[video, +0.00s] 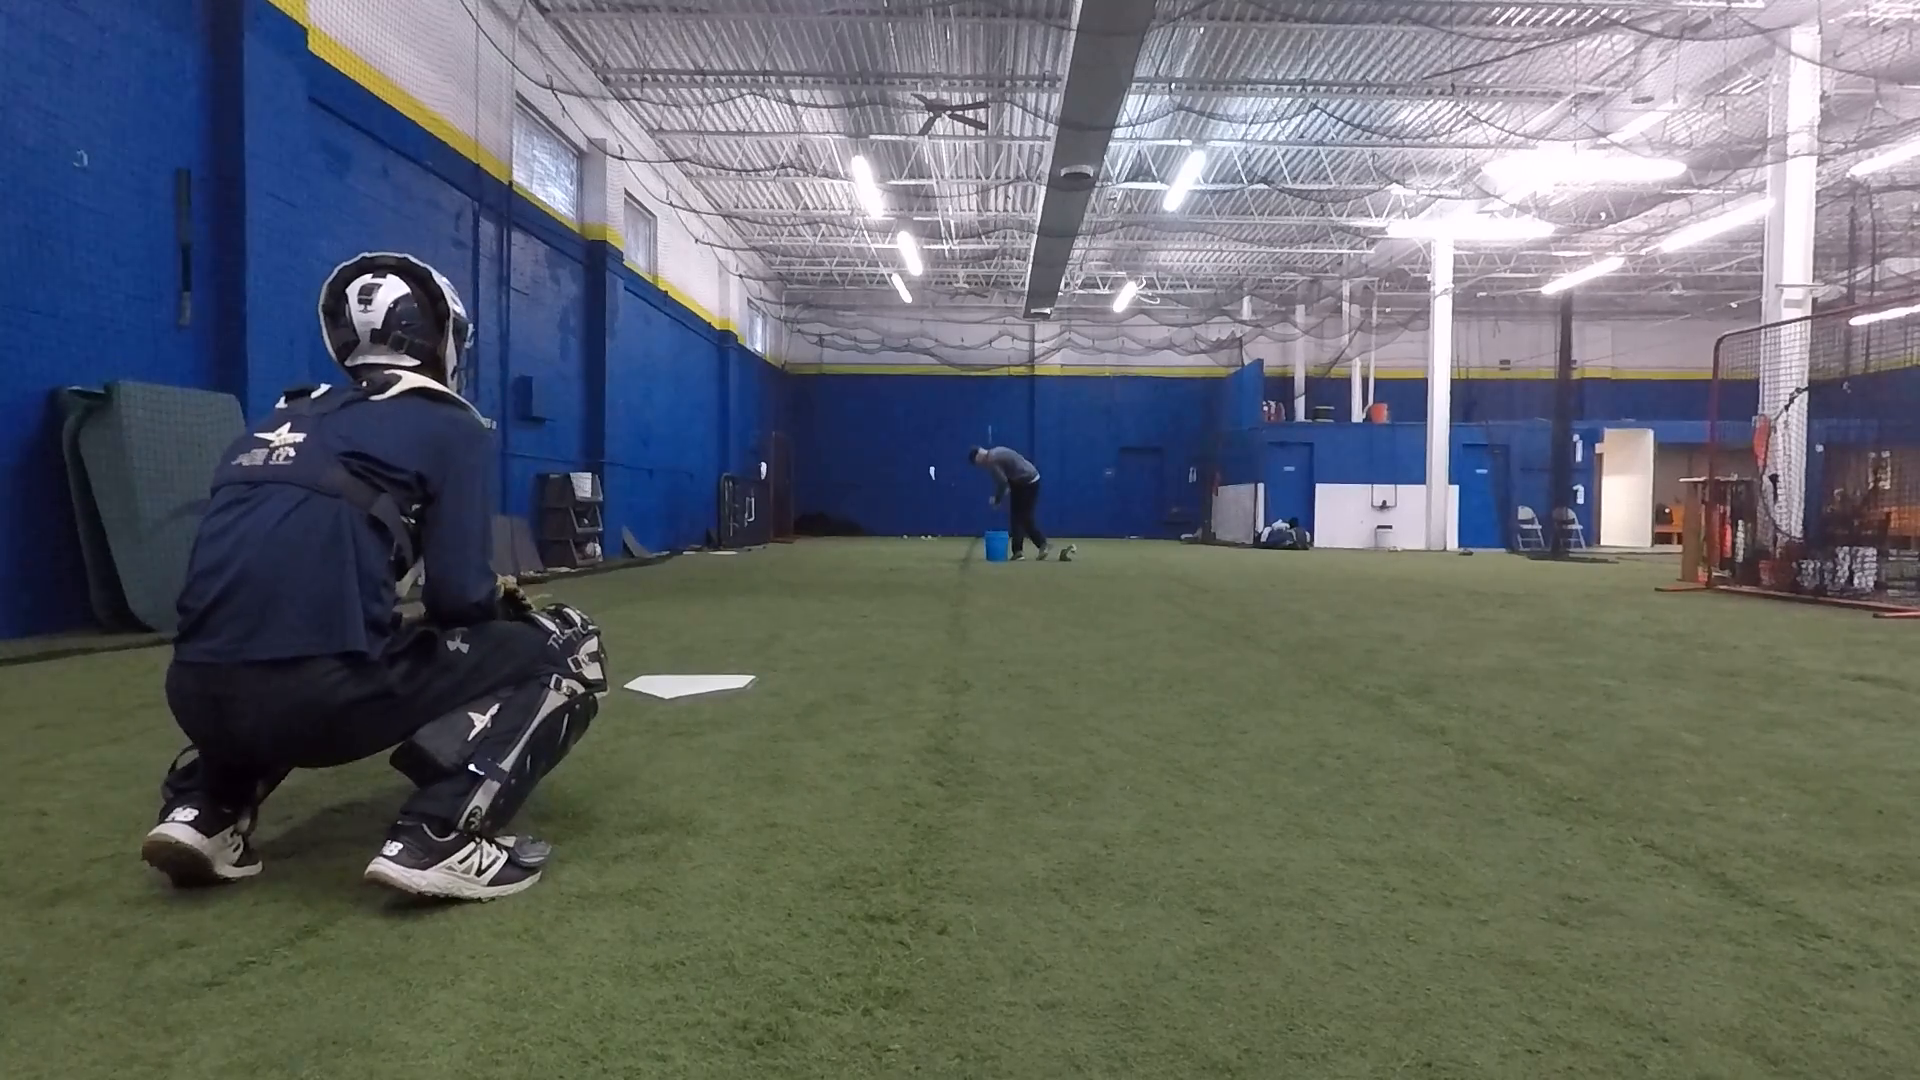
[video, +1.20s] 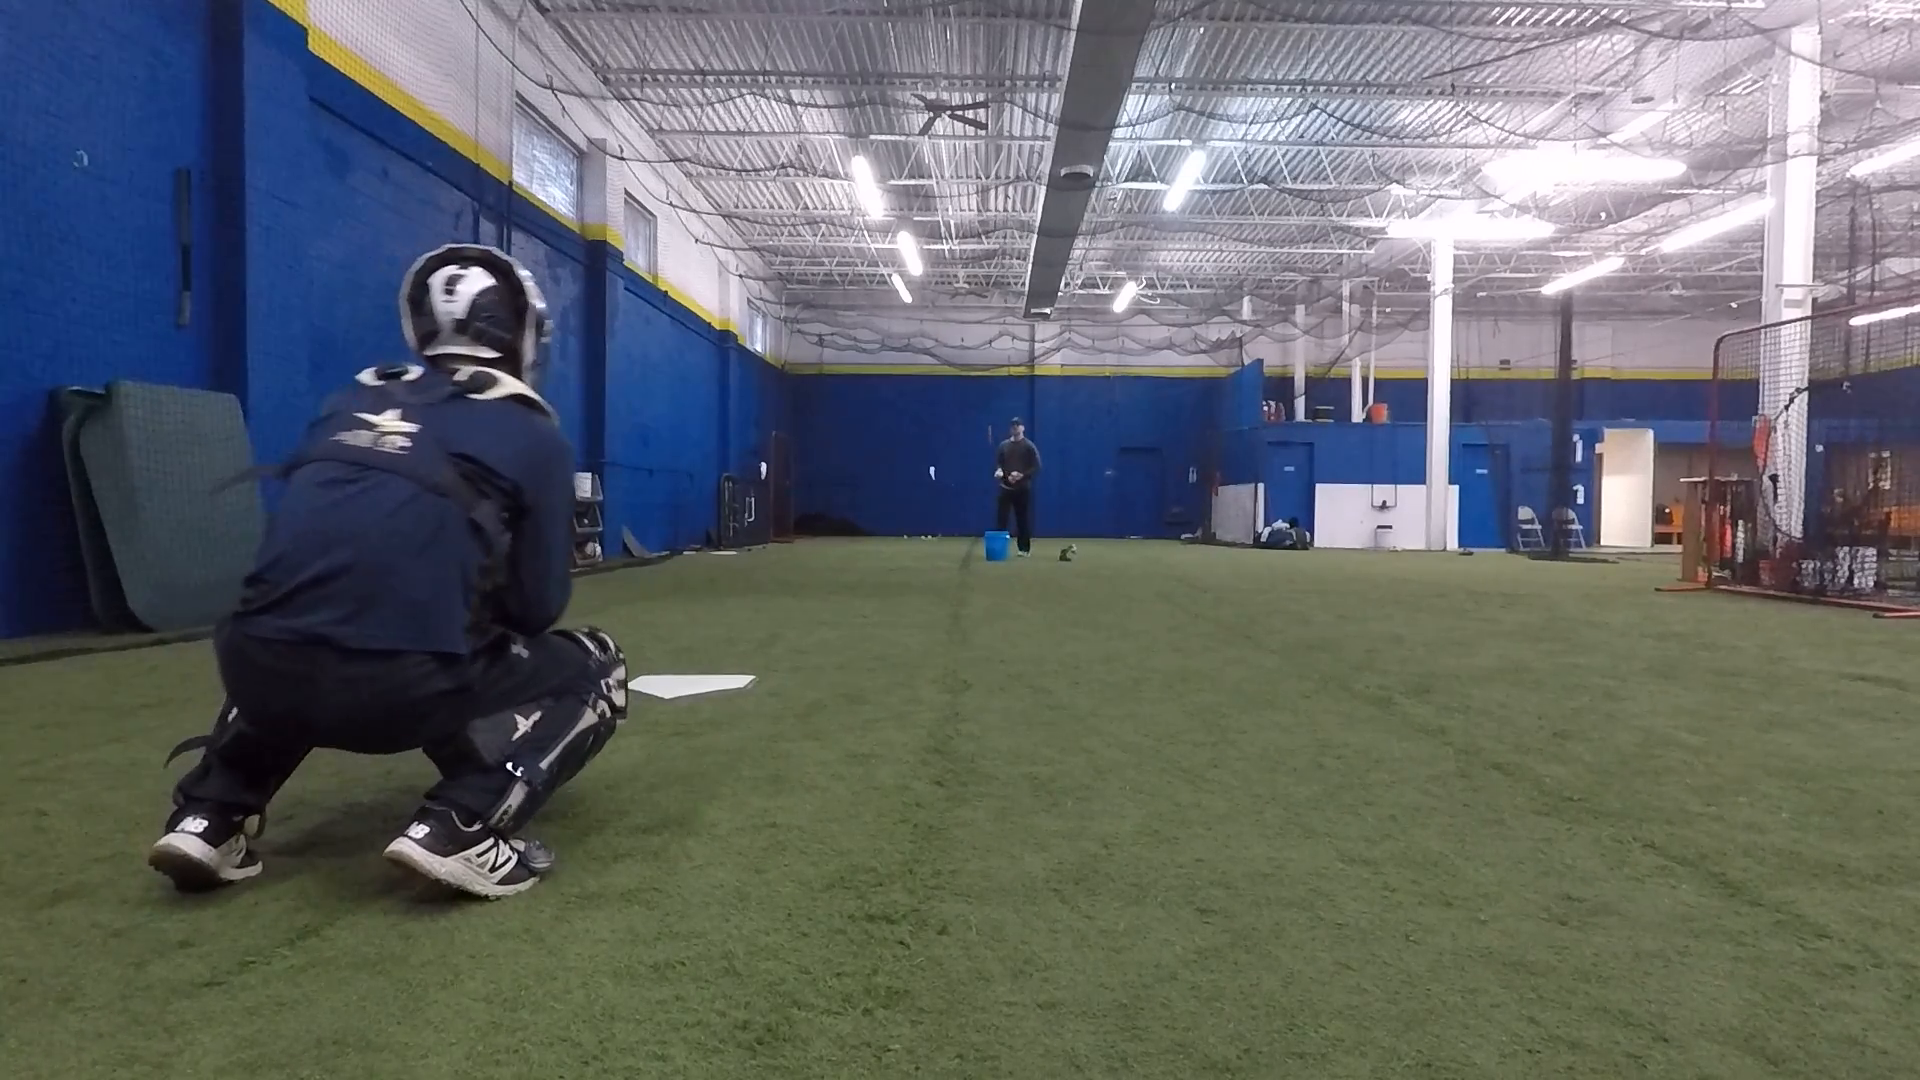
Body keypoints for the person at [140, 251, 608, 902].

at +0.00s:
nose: (461, 352)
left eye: (459, 336)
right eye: (456, 336)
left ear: (345, 345)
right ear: (438, 339)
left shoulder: (281, 417)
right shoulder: (452, 425)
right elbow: (457, 598)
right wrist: (498, 601)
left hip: (204, 697)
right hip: (330, 696)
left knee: (289, 617)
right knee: (569, 647)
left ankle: (204, 810)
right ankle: (442, 835)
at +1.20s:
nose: (539, 338)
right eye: (534, 325)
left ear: (417, 328)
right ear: (522, 332)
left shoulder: (352, 398)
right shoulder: (534, 435)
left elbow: (300, 524)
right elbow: (539, 605)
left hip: (267, 670)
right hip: (404, 689)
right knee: (594, 668)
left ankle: (207, 814)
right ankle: (462, 823)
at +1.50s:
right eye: (604, 325)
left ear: (490, 322)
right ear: (594, 339)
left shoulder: (433, 380)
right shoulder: (609, 455)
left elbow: (279, 488)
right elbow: (571, 622)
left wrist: (372, 531)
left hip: (324, 655)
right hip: (466, 692)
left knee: (274, 591)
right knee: (577, 685)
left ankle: (173, 809)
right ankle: (473, 820)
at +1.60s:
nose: (606, 345)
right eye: (606, 334)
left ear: (499, 328)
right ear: (601, 347)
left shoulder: (437, 382)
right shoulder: (616, 460)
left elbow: (269, 481)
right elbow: (596, 626)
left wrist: (369, 522)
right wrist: (517, 608)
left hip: (334, 658)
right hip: (477, 696)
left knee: (260, 592)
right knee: (576, 683)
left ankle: (151, 815)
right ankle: (474, 818)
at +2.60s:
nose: (460, 298)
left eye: (459, 284)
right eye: (460, 283)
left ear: (348, 276)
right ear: (445, 277)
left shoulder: (277, 337)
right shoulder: (425, 337)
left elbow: (231, 463)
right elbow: (421, 428)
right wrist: (390, 570)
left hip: (142, 569)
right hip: (274, 559)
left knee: (226, 649)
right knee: (527, 639)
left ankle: (64, 831)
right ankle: (520, 853)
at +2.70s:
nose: (462, 336)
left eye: (459, 321)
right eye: (460, 322)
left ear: (347, 320)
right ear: (444, 320)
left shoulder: (279, 387)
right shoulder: (427, 385)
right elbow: (419, 482)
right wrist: (405, 640)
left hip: (150, 620)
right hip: (289, 615)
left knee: (226, 674)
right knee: (545, 657)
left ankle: (71, 842)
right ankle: (510, 863)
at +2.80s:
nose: (466, 364)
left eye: (462, 348)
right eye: (462, 349)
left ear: (350, 355)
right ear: (446, 349)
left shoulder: (279, 416)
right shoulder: (430, 410)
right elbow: (429, 517)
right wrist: (428, 679)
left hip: (149, 654)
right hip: (285, 650)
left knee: (218, 686)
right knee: (548, 661)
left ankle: (72, 849)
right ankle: (510, 871)